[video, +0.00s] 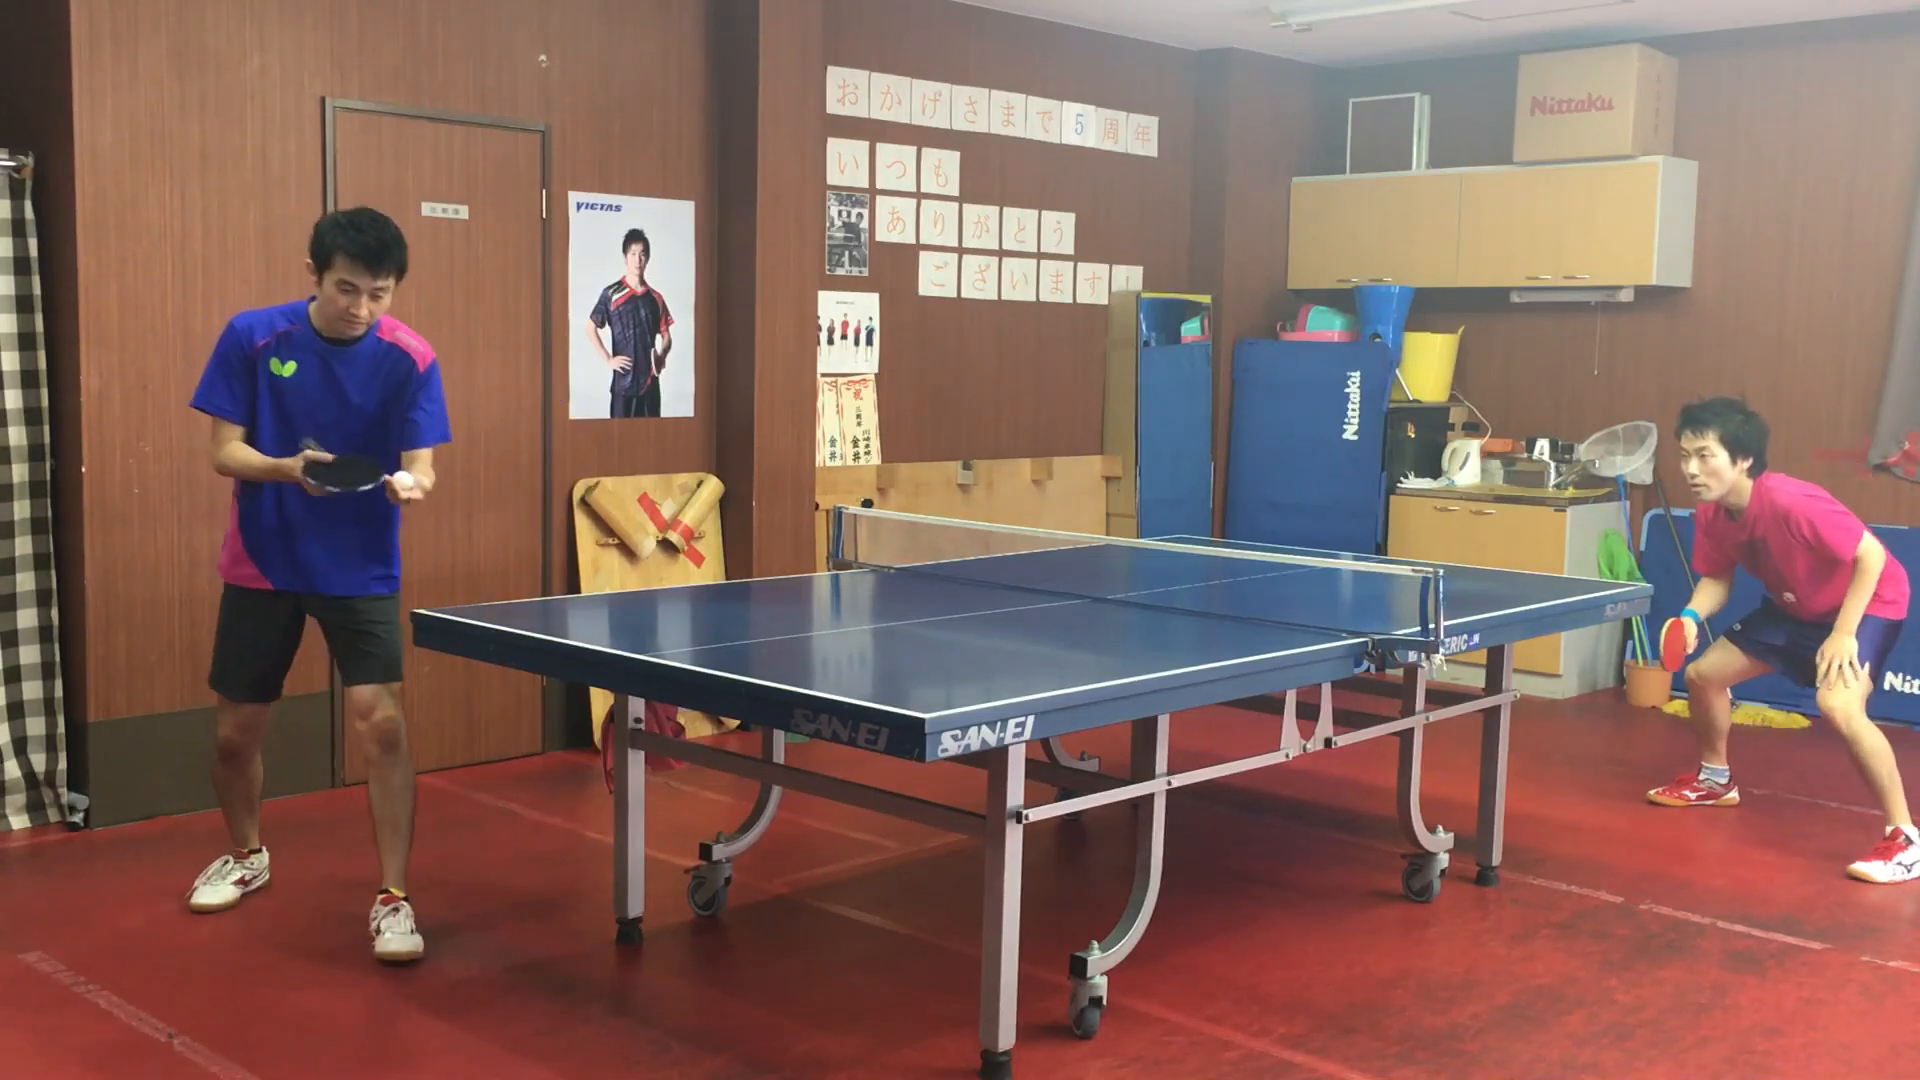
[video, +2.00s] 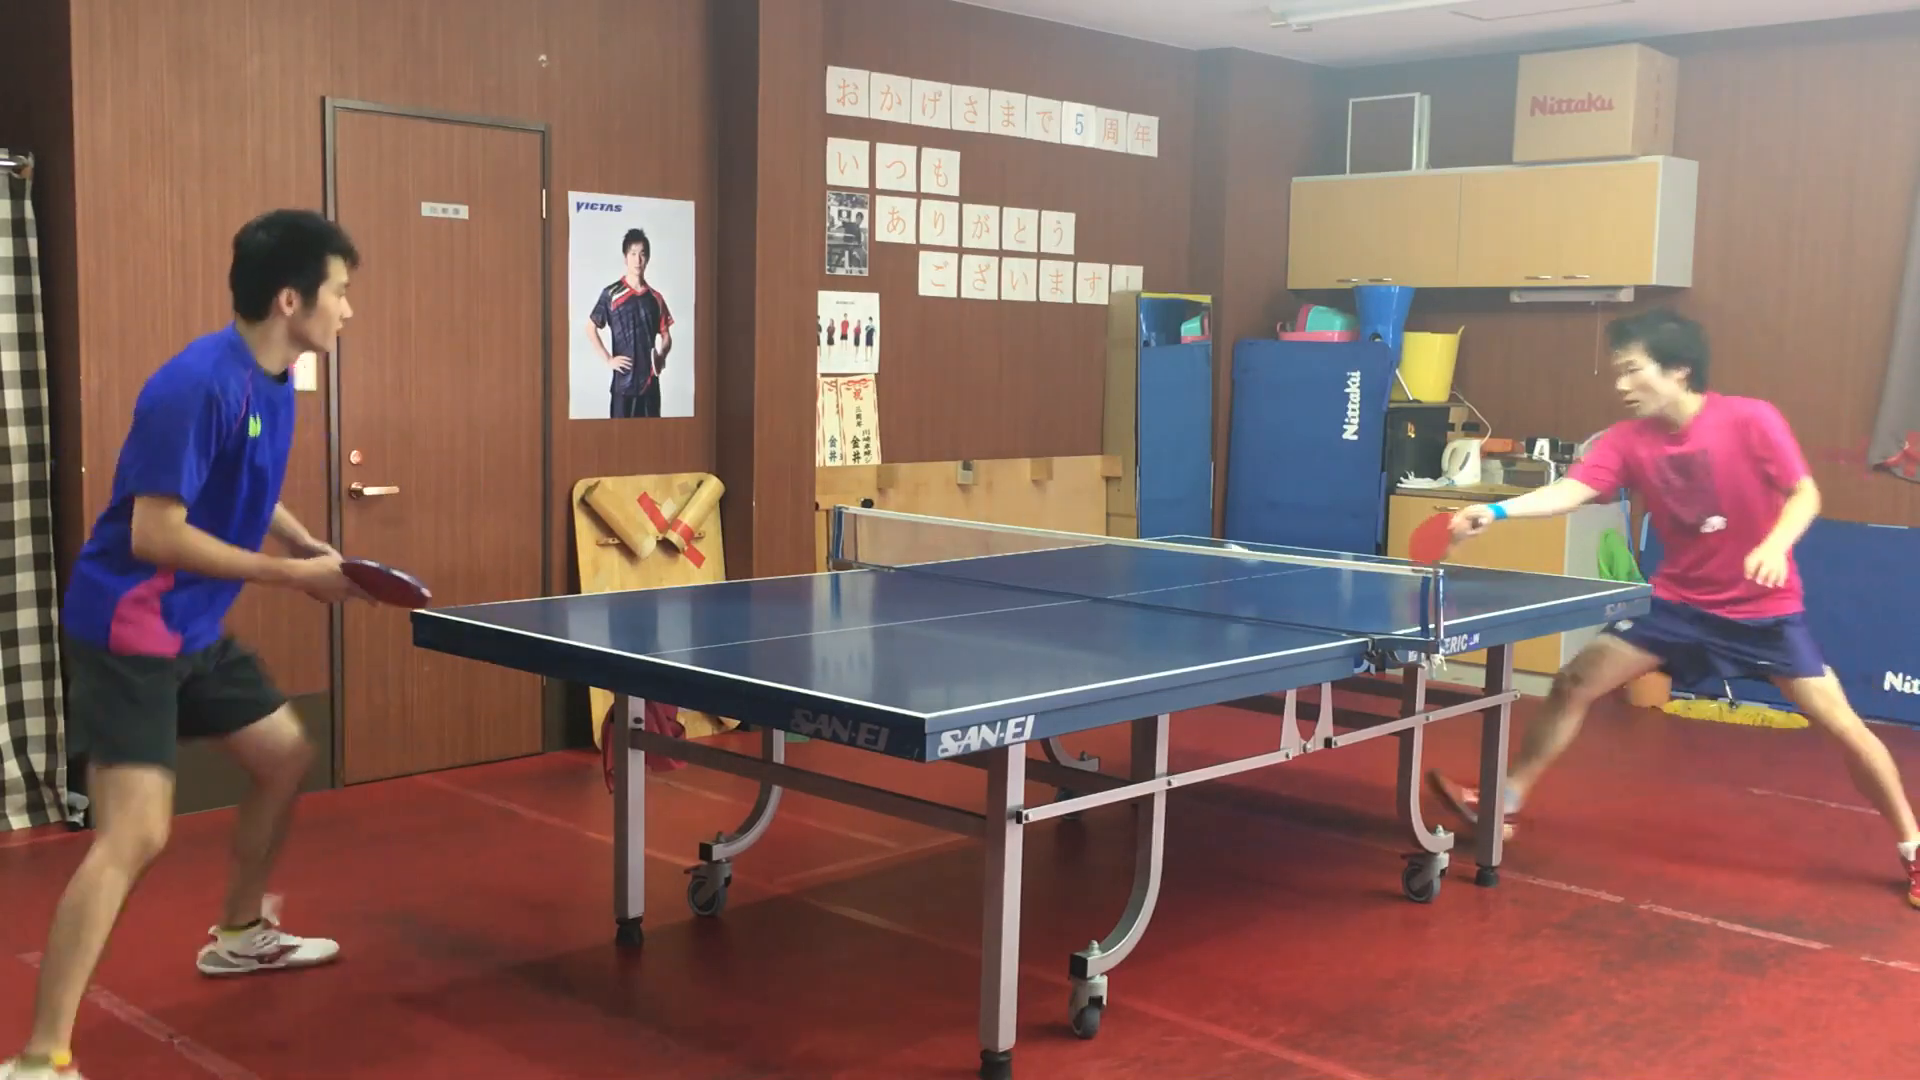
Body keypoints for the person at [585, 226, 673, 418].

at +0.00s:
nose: (638, 259)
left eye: (643, 254)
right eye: (633, 254)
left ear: (648, 258)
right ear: (625, 257)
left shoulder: (655, 297)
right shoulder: (611, 294)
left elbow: (666, 336)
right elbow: (591, 327)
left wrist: (662, 355)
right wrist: (608, 359)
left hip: (649, 378)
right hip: (624, 378)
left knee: (650, 435)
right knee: (622, 436)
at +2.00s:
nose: (639, 260)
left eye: (643, 254)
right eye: (633, 254)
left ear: (648, 258)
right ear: (625, 257)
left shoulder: (655, 297)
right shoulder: (611, 294)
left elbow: (666, 336)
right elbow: (590, 327)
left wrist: (661, 355)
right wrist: (608, 359)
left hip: (650, 380)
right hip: (624, 380)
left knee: (650, 437)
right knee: (622, 437)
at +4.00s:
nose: (638, 260)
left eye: (643, 254)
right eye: (633, 254)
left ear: (648, 258)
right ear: (625, 257)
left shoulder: (655, 297)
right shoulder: (611, 294)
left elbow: (666, 336)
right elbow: (590, 327)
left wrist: (661, 356)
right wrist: (608, 359)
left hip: (649, 378)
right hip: (624, 378)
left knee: (650, 435)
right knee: (622, 435)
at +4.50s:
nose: (638, 262)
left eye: (642, 256)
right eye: (633, 257)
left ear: (647, 260)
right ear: (625, 260)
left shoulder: (654, 297)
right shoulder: (613, 295)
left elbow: (665, 335)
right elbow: (592, 332)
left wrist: (661, 357)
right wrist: (609, 359)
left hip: (648, 373)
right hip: (622, 372)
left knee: (652, 428)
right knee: (623, 427)